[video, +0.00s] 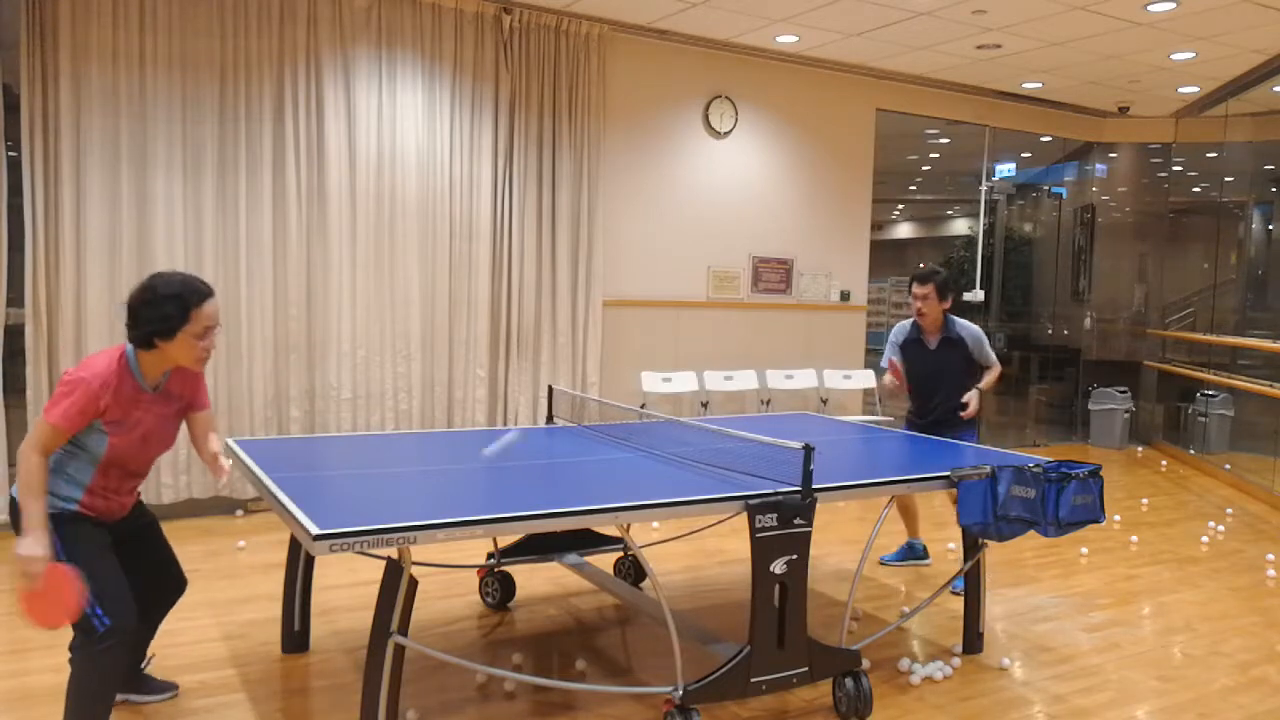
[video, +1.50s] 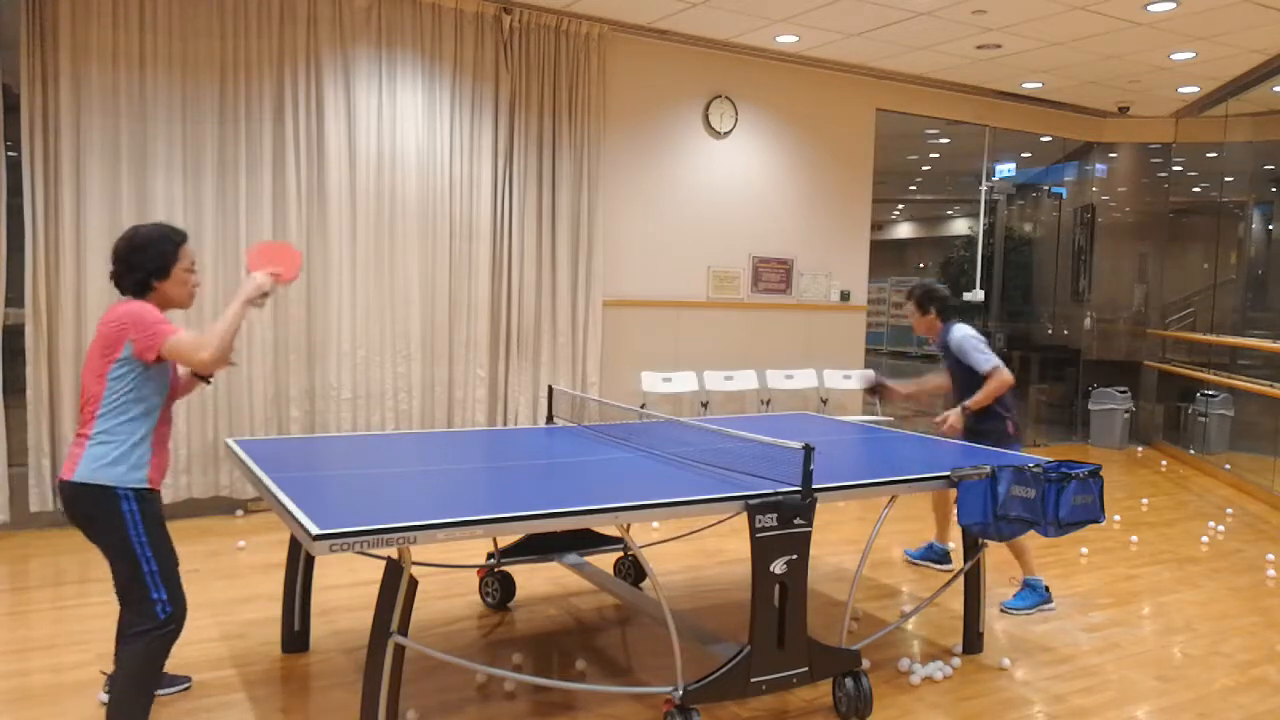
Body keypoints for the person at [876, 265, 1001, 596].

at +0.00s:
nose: (918, 305)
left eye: (925, 298)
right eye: (914, 298)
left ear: (946, 302)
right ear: (909, 300)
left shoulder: (968, 333)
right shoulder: (901, 332)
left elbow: (994, 367)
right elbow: (889, 380)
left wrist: (978, 391)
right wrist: (893, 382)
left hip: (958, 424)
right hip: (918, 422)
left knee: (956, 488)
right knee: (899, 480)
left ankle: (972, 563)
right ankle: (915, 544)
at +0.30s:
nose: (901, 308)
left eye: (908, 302)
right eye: (899, 302)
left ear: (930, 304)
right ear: (898, 305)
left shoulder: (956, 334)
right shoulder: (907, 338)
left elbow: (994, 373)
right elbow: (908, 382)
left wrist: (958, 396)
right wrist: (888, 402)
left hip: (968, 430)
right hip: (931, 428)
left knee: (967, 498)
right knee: (903, 476)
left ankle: (983, 570)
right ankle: (916, 545)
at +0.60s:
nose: (899, 321)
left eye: (904, 313)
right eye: (897, 314)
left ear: (928, 310)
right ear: (926, 313)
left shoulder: (948, 338)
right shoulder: (945, 333)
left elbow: (992, 379)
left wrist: (948, 406)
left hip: (973, 435)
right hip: (954, 432)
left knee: (952, 506)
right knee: (917, 479)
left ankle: (998, 575)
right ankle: (916, 544)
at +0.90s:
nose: (953, 291)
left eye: (959, 283)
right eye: (951, 284)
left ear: (984, 283)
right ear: (957, 286)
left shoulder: (1011, 322)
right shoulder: (961, 317)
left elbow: (1039, 371)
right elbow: (948, 354)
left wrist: (991, 375)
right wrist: (923, 342)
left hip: (1001, 427)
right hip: (967, 420)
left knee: (997, 498)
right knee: (934, 464)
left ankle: (1008, 577)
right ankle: (939, 525)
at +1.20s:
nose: (965, 305)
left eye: (973, 298)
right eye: (962, 298)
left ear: (997, 303)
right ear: (961, 302)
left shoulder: (1024, 342)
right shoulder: (965, 337)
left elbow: (1053, 388)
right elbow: (963, 380)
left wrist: (1014, 408)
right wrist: (939, 399)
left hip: (1015, 438)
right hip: (977, 432)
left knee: (1011, 508)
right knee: (943, 480)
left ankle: (1034, 584)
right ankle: (942, 549)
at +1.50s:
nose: (911, 323)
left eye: (913, 316)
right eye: (910, 316)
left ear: (932, 314)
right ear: (931, 313)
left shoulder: (961, 336)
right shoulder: (946, 340)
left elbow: (1003, 377)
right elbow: (952, 380)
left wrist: (963, 409)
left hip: (996, 437)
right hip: (971, 434)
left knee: (998, 510)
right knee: (939, 477)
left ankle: (1035, 585)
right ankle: (941, 547)